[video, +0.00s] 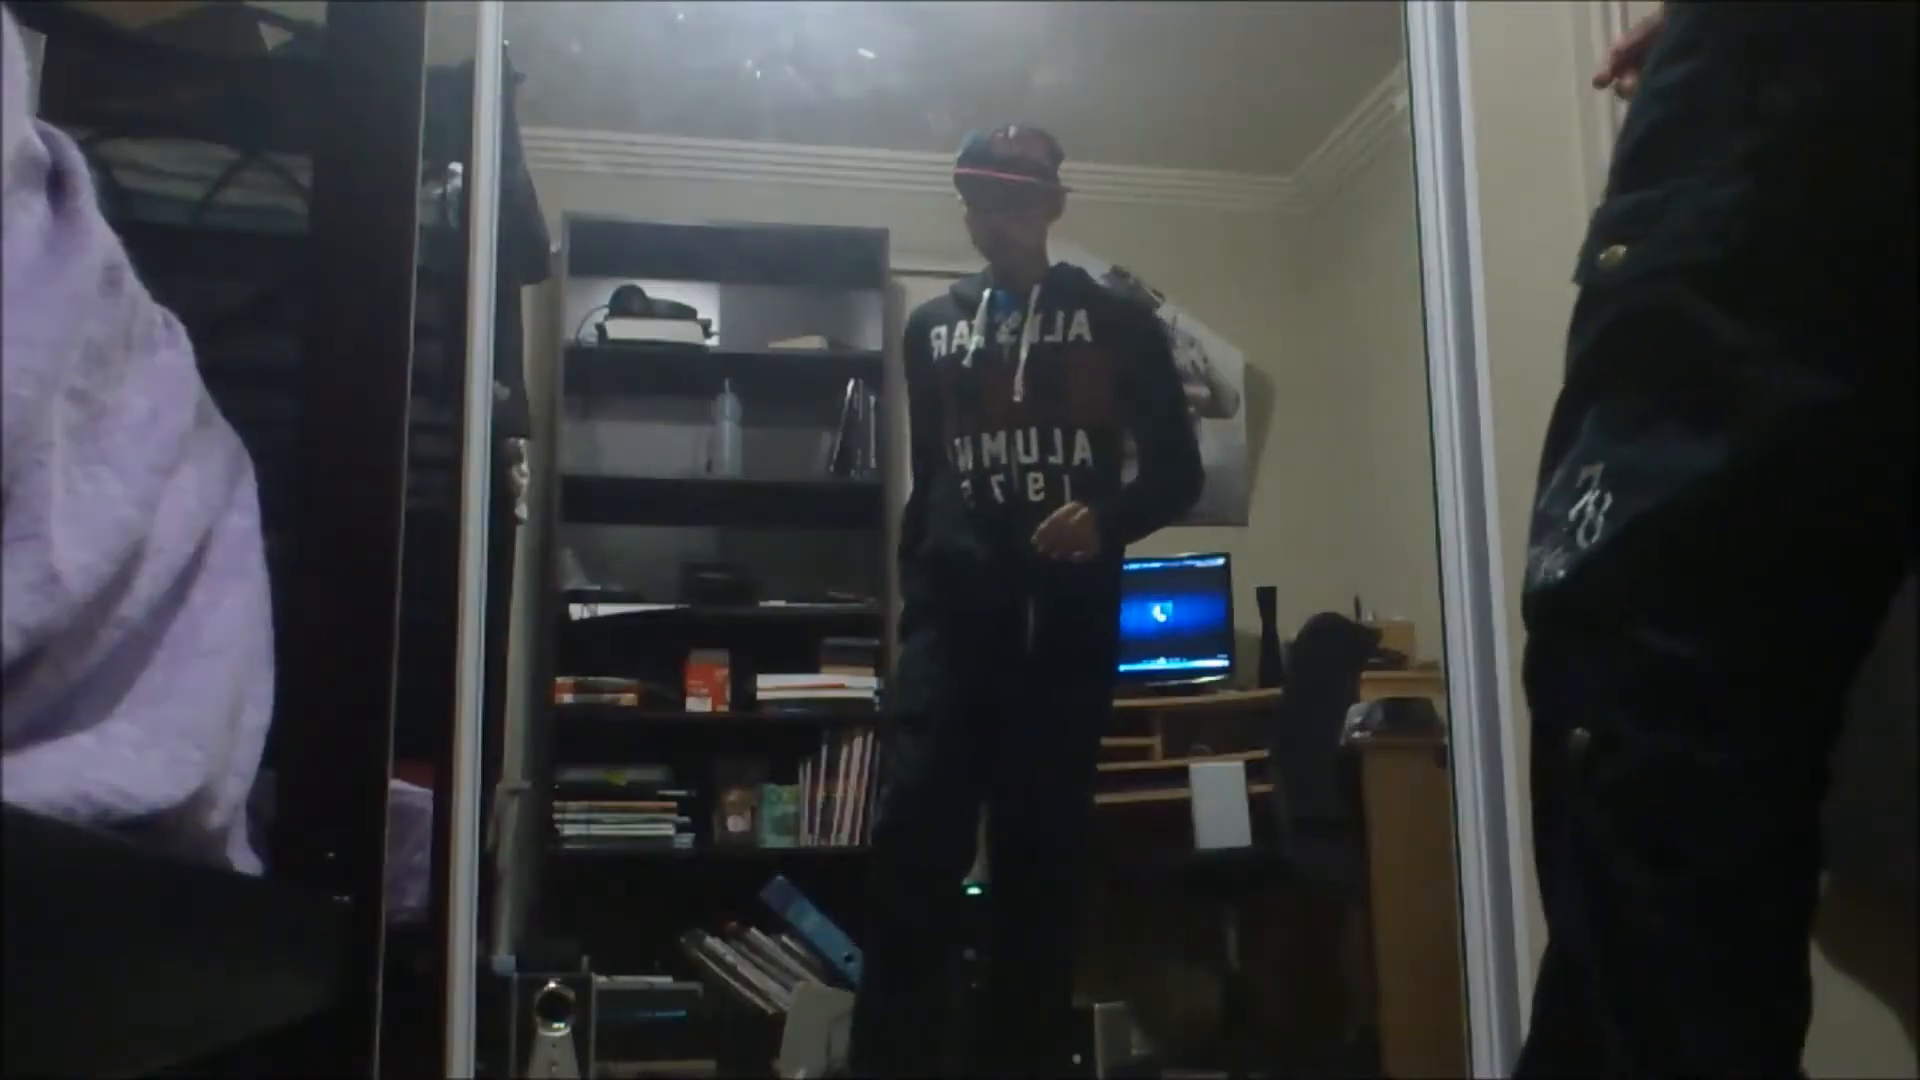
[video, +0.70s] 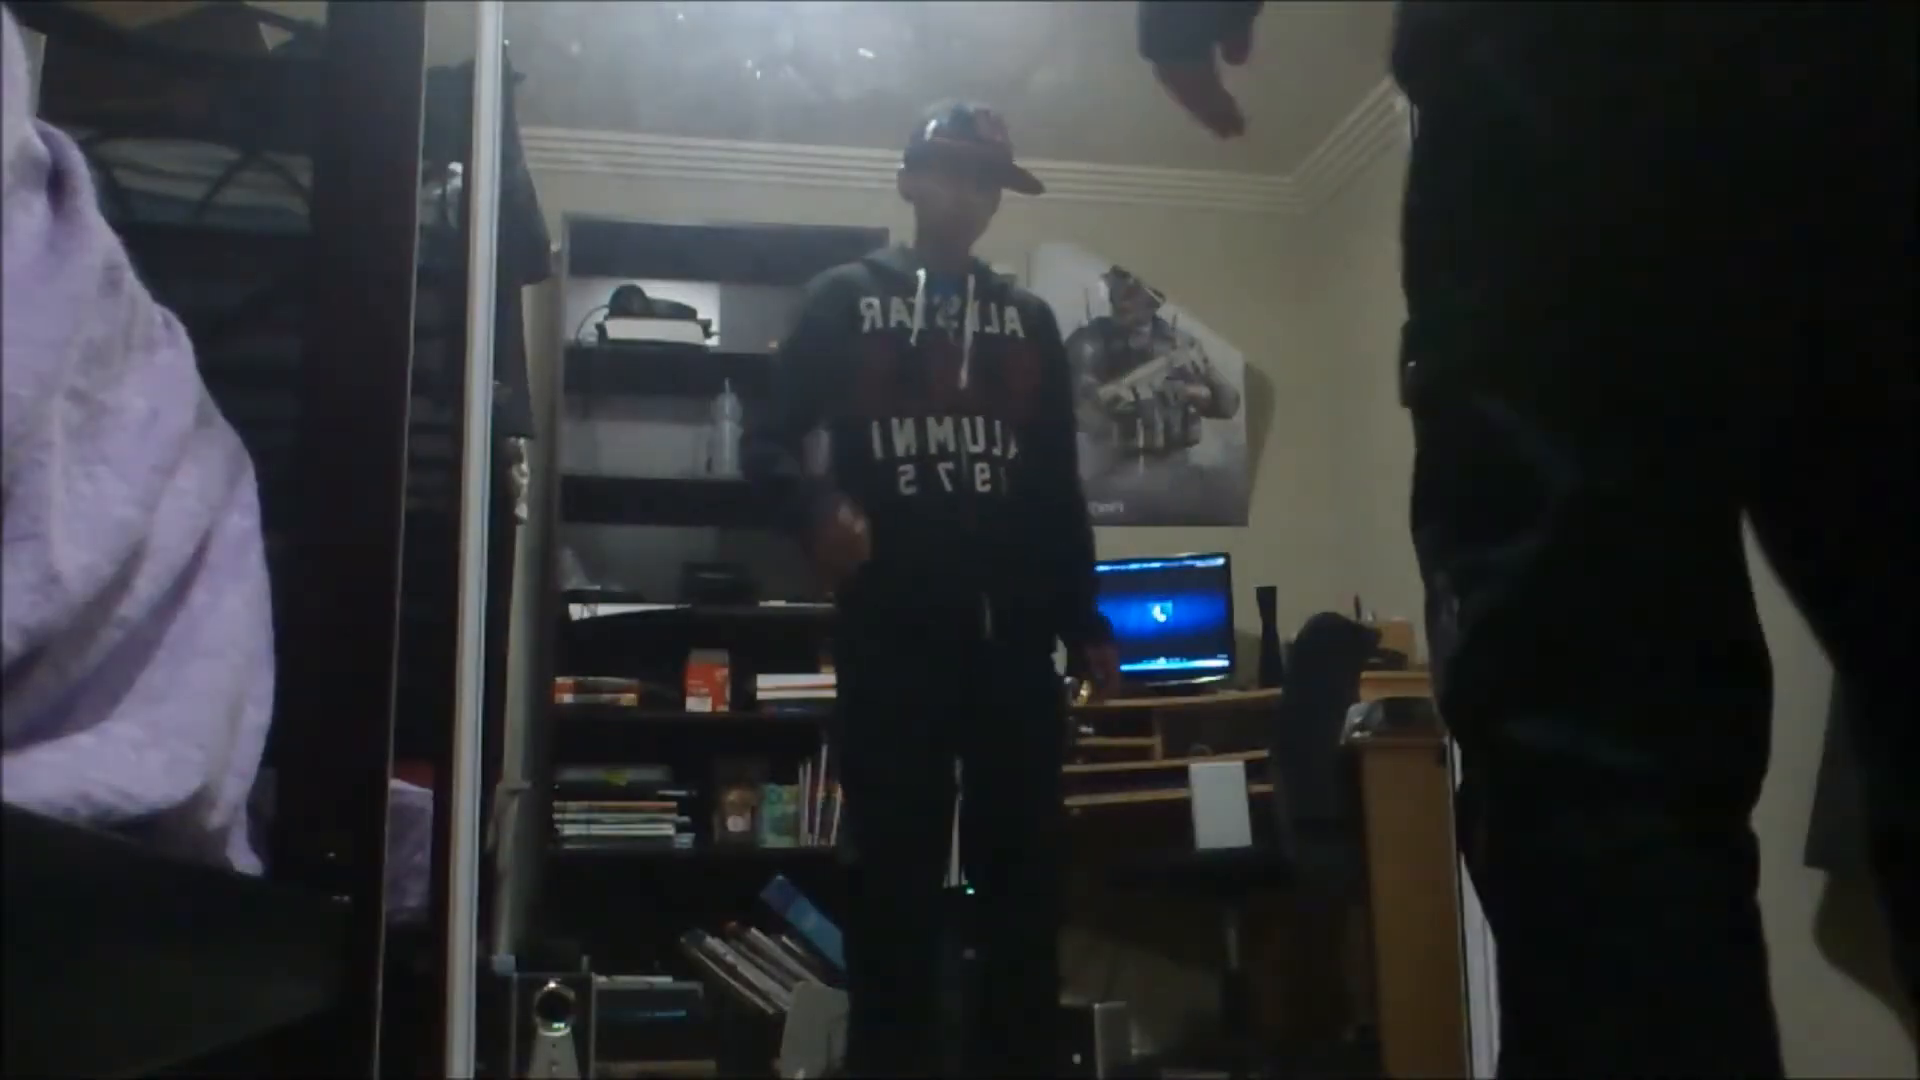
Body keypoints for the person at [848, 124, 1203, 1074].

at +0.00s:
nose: (997, 217)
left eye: (1017, 198)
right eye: (982, 199)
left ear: (1054, 205)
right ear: (962, 206)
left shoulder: (1117, 317)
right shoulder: (930, 329)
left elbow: (1177, 473)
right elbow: (927, 477)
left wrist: (1106, 519)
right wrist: (914, 587)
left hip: (1065, 626)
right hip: (950, 622)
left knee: (1041, 863)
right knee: (911, 850)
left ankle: (1025, 1061)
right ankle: (894, 1062)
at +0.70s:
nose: (965, 196)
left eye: (983, 181)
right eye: (949, 173)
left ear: (1002, 196)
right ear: (908, 181)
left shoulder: (1028, 318)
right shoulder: (845, 297)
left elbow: (1056, 481)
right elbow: (770, 441)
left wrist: (1082, 618)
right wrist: (815, 510)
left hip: (1013, 621)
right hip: (893, 614)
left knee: (1019, 861)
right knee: (893, 860)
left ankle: (1016, 1059)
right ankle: (890, 1058)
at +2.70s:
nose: (998, 171)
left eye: (1015, 155)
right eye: (979, 149)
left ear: (1033, 167)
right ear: (936, 154)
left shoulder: (1070, 291)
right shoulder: (876, 282)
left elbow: (1110, 449)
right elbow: (814, 429)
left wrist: (1140, 587)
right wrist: (889, 442)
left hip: (1047, 611)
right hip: (919, 608)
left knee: (1051, 866)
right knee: (909, 867)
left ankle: (1059, 1068)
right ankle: (904, 1066)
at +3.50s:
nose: (999, 187)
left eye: (1019, 170)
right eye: (981, 167)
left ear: (1046, 184)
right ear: (949, 177)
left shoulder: (1092, 299)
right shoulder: (893, 304)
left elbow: (1164, 467)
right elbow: (857, 466)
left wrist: (1113, 454)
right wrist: (842, 599)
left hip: (1052, 618)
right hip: (924, 615)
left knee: (1061, 868)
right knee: (893, 866)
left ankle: (1069, 1066)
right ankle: (883, 1068)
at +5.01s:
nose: (938, 238)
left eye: (958, 222)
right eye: (922, 222)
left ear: (992, 234)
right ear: (900, 230)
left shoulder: (1047, 346)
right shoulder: (868, 359)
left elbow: (1096, 499)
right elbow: (834, 504)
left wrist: (1034, 585)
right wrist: (813, 613)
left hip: (1005, 636)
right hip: (889, 635)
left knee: (1019, 867)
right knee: (834, 850)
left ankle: (1046, 1061)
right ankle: (819, 1058)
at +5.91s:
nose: (886, 247)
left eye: (905, 230)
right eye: (873, 229)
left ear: (941, 238)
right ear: (851, 235)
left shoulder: (998, 346)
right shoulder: (808, 365)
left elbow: (1067, 492)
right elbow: (780, 518)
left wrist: (1041, 535)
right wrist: (781, 641)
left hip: (982, 648)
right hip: (856, 651)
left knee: (1030, 876)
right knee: (831, 884)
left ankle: (1066, 1067)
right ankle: (815, 1067)